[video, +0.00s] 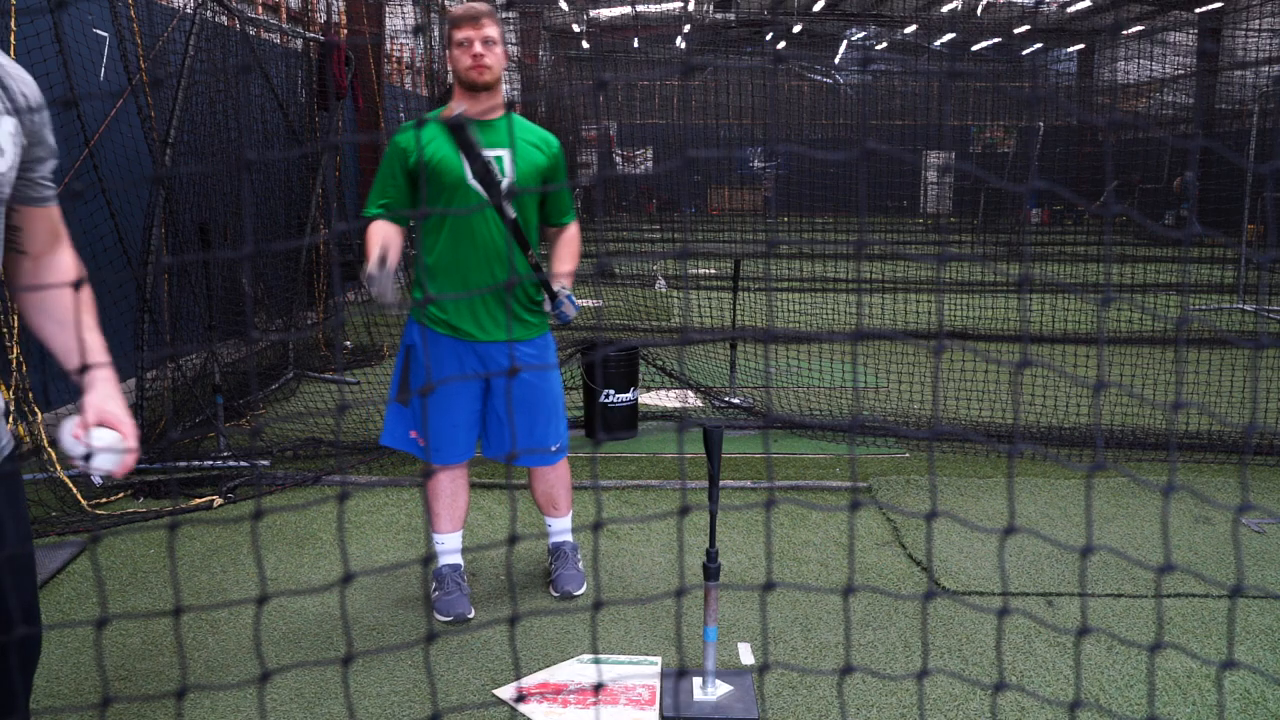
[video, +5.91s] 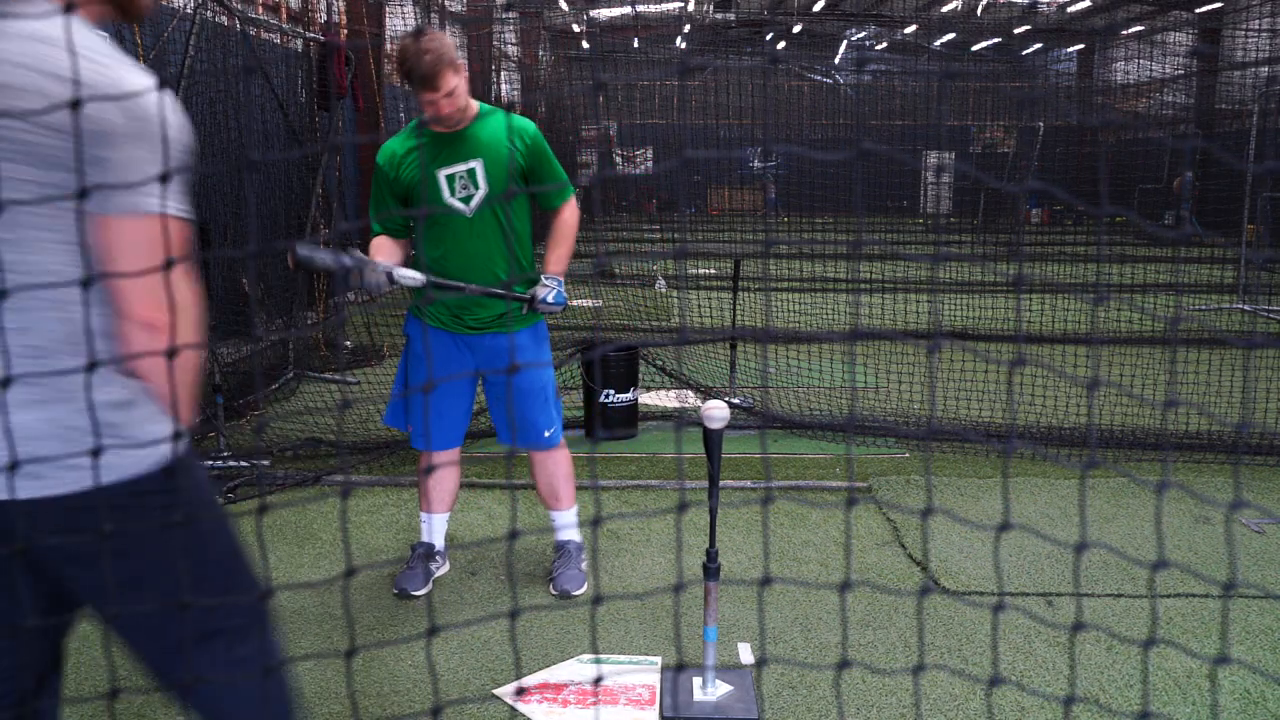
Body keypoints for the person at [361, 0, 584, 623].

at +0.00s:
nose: (479, 53)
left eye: (489, 43)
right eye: (465, 45)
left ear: (506, 54)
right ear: (448, 59)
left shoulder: (542, 145)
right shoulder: (414, 143)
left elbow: (564, 225)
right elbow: (387, 216)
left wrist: (560, 282)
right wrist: (382, 259)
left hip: (525, 325)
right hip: (444, 327)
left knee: (547, 445)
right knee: (448, 455)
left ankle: (562, 548)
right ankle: (449, 567)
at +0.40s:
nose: (519, 60)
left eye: (532, 49)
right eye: (510, 51)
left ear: (558, 57)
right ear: (502, 61)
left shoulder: (592, 147)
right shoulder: (470, 137)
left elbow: (617, 227)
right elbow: (436, 224)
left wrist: (609, 288)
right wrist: (452, 212)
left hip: (568, 325)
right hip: (489, 324)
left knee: (572, 441)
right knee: (476, 446)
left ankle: (564, 548)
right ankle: (453, 566)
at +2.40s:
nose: (550, 62)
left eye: (560, 50)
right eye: (539, 54)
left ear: (585, 56)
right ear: (529, 65)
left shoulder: (622, 148)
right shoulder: (500, 143)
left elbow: (650, 229)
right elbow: (480, 233)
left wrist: (639, 285)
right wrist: (475, 216)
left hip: (589, 322)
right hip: (514, 319)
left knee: (577, 436)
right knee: (500, 436)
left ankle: (566, 546)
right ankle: (486, 550)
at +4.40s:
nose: (572, 59)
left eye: (580, 49)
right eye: (559, 51)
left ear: (594, 58)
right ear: (539, 64)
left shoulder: (623, 148)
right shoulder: (504, 142)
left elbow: (653, 225)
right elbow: (481, 233)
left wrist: (636, 276)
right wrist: (477, 183)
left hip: (592, 320)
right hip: (517, 319)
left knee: (579, 440)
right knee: (503, 440)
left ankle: (566, 547)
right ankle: (487, 550)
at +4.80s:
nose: (580, 61)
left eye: (584, 51)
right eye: (566, 52)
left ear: (595, 60)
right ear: (537, 64)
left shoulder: (621, 148)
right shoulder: (505, 135)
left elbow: (653, 226)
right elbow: (474, 213)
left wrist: (627, 286)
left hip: (589, 324)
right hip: (514, 320)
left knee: (576, 442)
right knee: (500, 444)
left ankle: (566, 546)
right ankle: (485, 551)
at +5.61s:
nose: (516, 88)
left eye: (524, 75)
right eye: (502, 78)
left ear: (537, 71)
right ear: (478, 77)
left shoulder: (568, 147)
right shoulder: (446, 149)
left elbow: (607, 223)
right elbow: (415, 224)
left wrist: (584, 278)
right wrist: (424, 231)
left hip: (547, 324)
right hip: (469, 325)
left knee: (557, 440)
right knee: (455, 443)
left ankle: (564, 545)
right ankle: (434, 549)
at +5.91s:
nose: (438, 107)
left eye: (447, 93)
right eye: (426, 98)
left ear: (467, 74)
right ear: (411, 92)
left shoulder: (518, 136)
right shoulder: (397, 157)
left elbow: (565, 205)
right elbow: (390, 231)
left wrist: (552, 274)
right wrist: (380, 265)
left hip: (517, 319)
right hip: (438, 324)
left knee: (544, 437)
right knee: (436, 443)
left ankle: (568, 544)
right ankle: (431, 549)